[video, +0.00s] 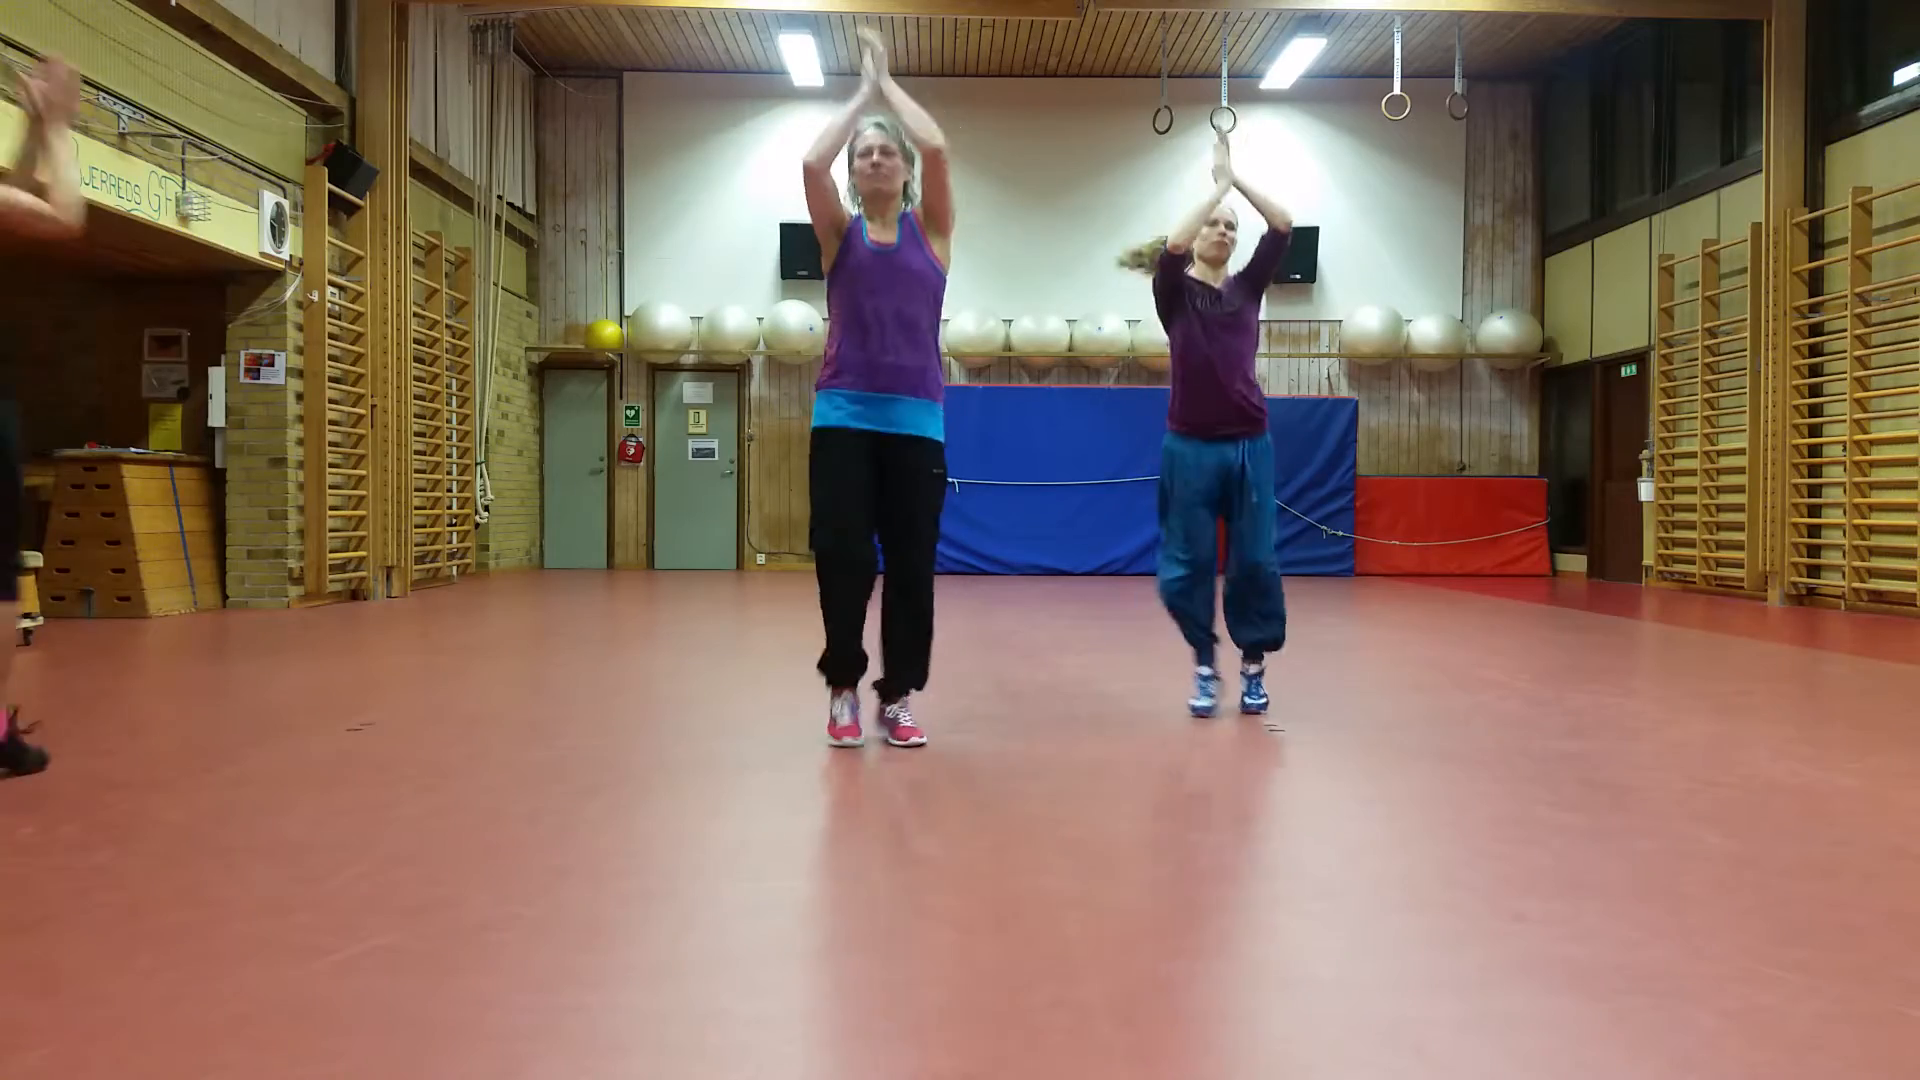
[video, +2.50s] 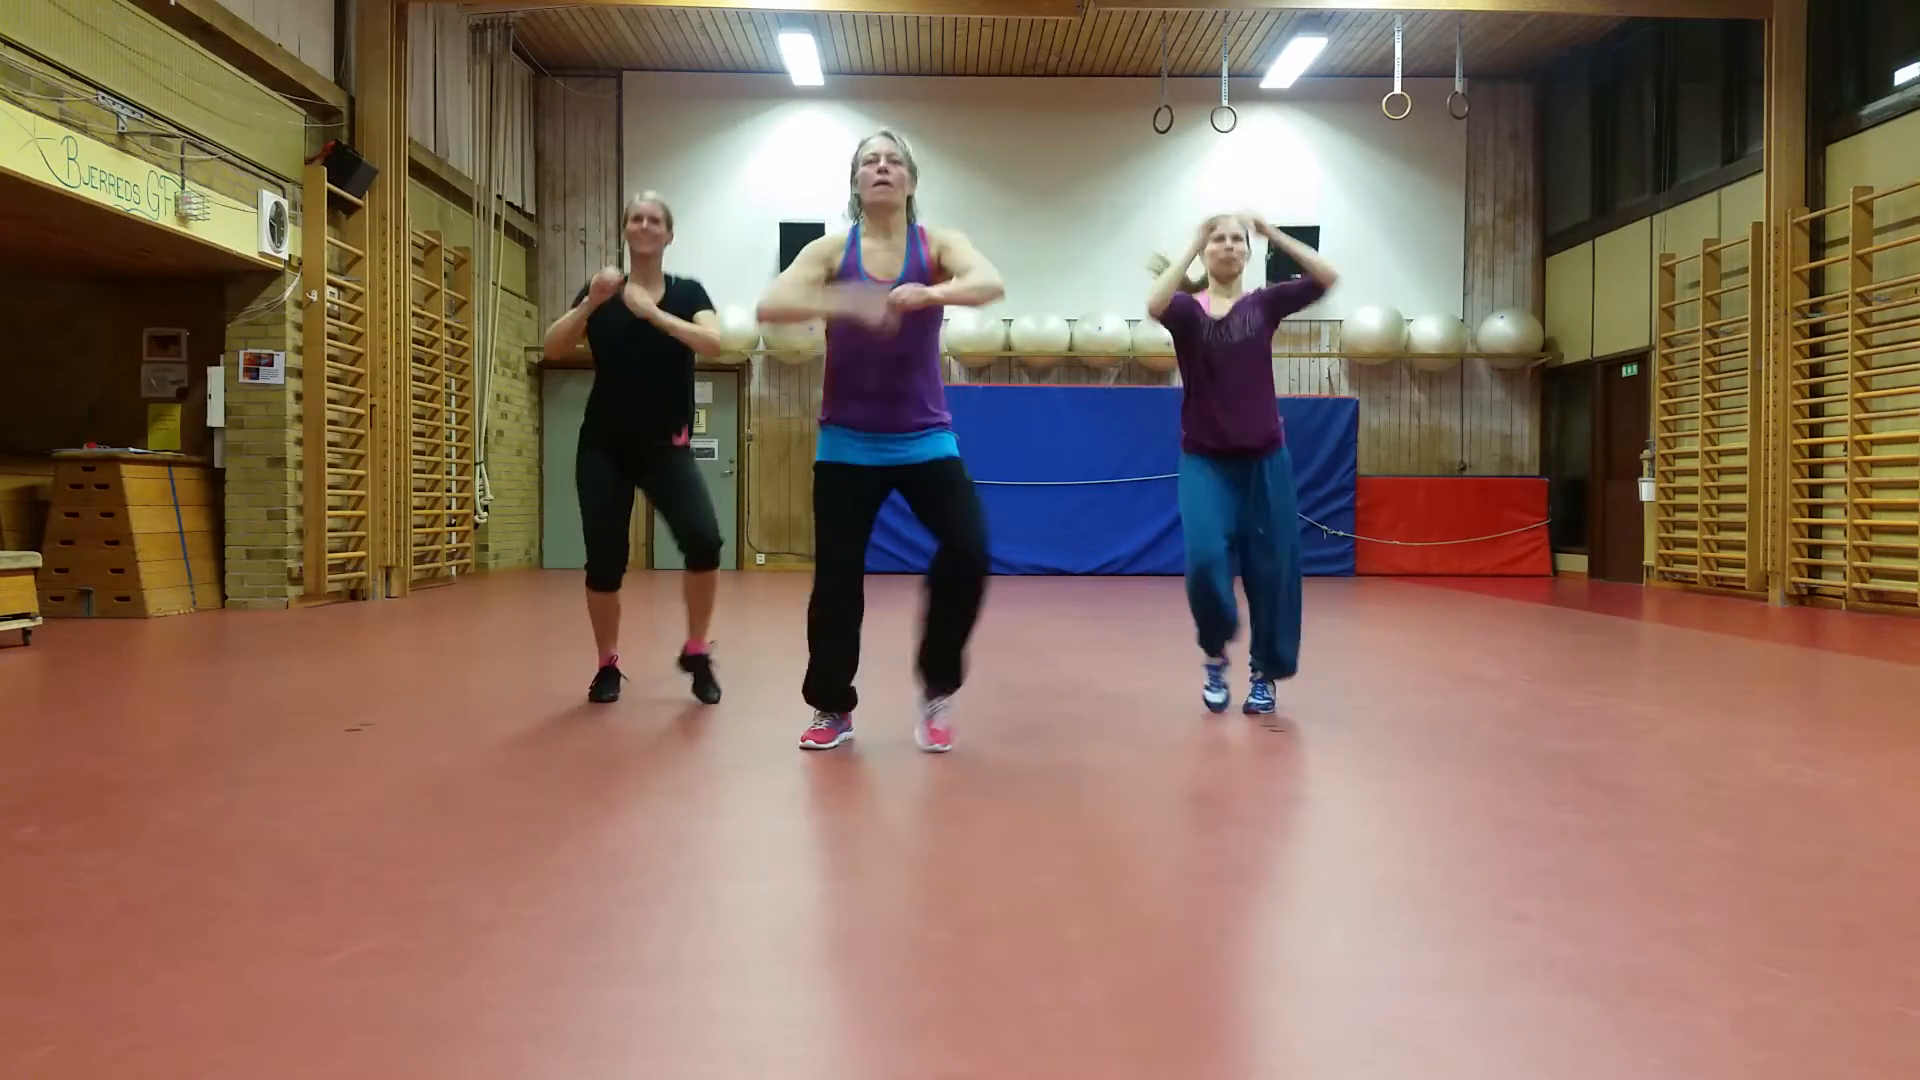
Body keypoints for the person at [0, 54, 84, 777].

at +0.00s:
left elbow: (33, 203)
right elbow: (65, 222)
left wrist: (42, 132)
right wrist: (57, 127)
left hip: (5, 419)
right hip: (1, 422)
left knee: (7, 576)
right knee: (5, 578)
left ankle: (4, 727)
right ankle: (0, 728)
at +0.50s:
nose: (223, 195)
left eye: (224, 185)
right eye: (216, 184)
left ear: (171, 193)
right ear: (183, 189)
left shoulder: (140, 256)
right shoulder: (208, 256)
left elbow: (222, 283)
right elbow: (300, 283)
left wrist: (251, 213)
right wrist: (273, 210)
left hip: (149, 435)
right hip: (203, 435)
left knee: (182, 564)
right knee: (252, 563)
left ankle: (142, 700)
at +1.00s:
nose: (410, 211)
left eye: (410, 202)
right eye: (400, 202)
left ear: (385, 210)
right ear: (368, 209)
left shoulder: (380, 263)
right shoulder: (366, 265)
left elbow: (455, 291)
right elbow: (459, 287)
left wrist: (462, 214)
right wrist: (464, 215)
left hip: (400, 432)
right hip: (382, 435)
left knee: (461, 523)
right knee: (398, 561)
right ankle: (342, 671)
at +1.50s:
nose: (530, 207)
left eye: (535, 199)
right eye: (520, 199)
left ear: (547, 211)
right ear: (502, 211)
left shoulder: (563, 269)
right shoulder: (487, 267)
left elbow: (611, 275)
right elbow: (519, 285)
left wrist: (594, 208)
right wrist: (519, 216)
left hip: (548, 417)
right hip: (504, 417)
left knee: (558, 531)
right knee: (557, 527)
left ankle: (503, 640)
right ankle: (558, 650)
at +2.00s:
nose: (623, 236)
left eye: (630, 227)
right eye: (614, 227)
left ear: (645, 240)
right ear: (604, 239)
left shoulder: (668, 297)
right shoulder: (590, 304)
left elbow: (692, 272)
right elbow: (581, 292)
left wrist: (649, 222)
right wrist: (623, 241)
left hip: (678, 444)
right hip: (619, 450)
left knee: (701, 556)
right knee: (622, 568)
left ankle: (728, 658)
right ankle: (655, 662)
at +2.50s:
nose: (644, 227)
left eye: (654, 221)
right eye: (636, 220)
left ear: (669, 234)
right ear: (623, 231)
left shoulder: (685, 292)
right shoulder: (599, 296)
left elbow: (715, 343)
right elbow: (553, 348)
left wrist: (653, 312)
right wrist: (591, 302)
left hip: (666, 445)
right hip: (604, 446)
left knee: (705, 540)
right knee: (604, 562)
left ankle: (696, 650)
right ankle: (607, 665)